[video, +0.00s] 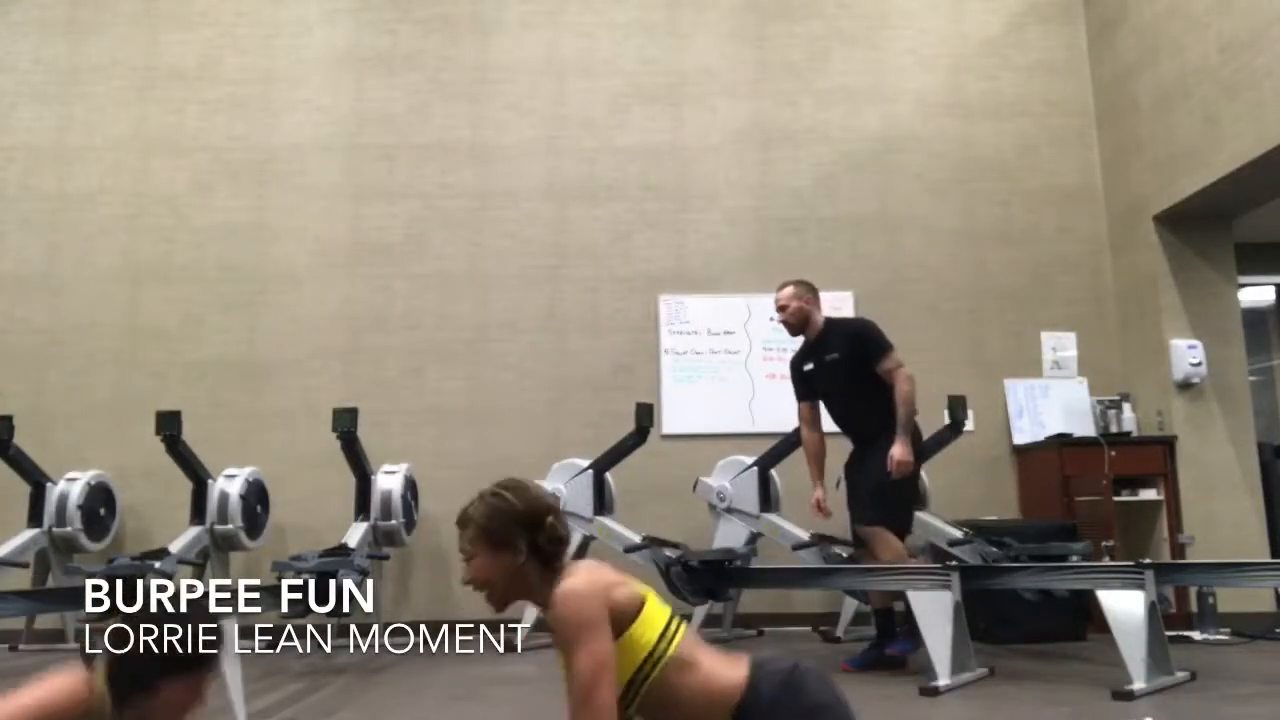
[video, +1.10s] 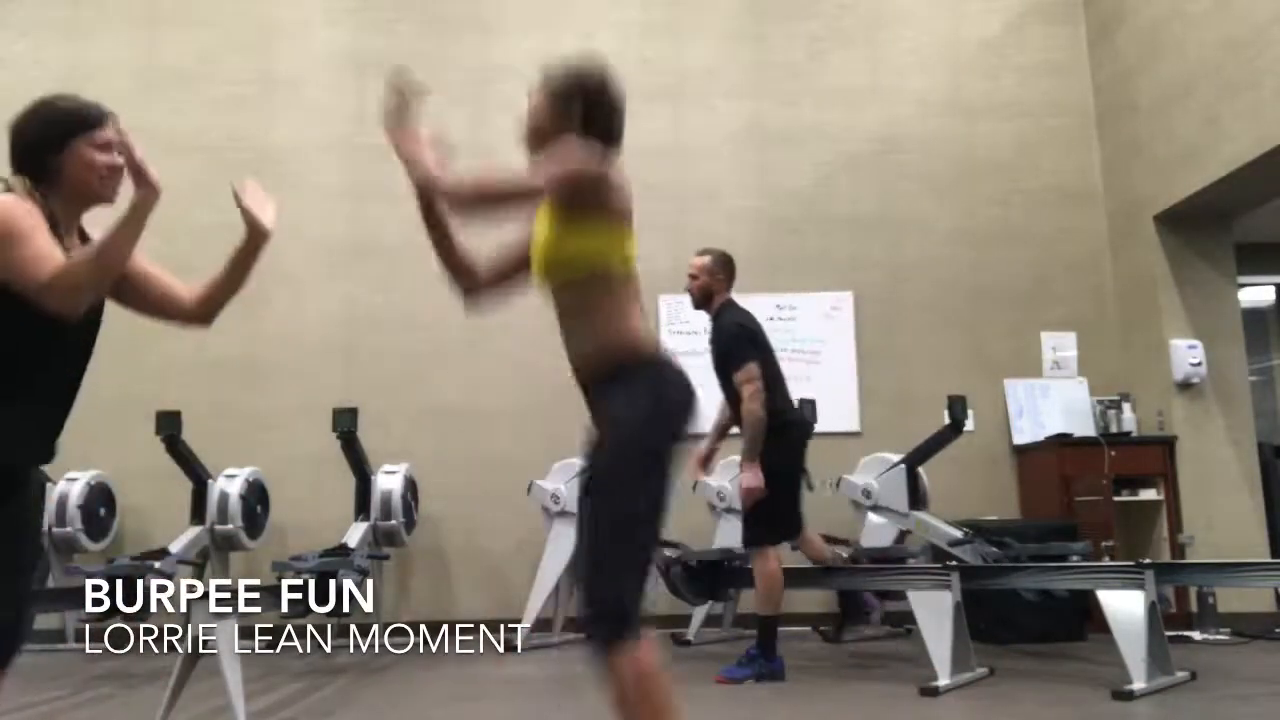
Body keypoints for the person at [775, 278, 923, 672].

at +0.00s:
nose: (780, 315)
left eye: (785, 306)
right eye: (777, 310)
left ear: (811, 302)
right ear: (787, 314)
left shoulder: (857, 332)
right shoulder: (801, 363)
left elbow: (902, 378)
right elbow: (810, 426)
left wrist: (903, 439)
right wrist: (817, 482)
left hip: (894, 438)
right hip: (863, 446)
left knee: (873, 527)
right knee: (865, 536)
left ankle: (925, 612)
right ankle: (885, 639)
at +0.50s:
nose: (788, 296)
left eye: (794, 289)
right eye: (788, 289)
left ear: (817, 292)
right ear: (808, 293)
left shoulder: (834, 328)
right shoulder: (820, 330)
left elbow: (854, 384)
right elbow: (835, 391)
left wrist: (836, 445)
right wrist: (827, 437)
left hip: (857, 445)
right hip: (848, 444)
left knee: (855, 541)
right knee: (853, 540)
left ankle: (886, 638)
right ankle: (884, 637)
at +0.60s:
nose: (782, 295)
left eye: (788, 288)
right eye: (783, 288)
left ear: (811, 291)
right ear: (808, 292)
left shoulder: (824, 327)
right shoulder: (820, 327)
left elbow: (839, 385)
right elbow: (832, 392)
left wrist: (815, 444)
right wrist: (810, 440)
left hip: (843, 450)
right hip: (848, 449)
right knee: (850, 547)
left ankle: (886, 638)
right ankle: (884, 638)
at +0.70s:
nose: (770, 297)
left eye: (775, 290)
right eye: (770, 290)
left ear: (798, 292)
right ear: (796, 293)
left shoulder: (811, 327)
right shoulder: (810, 327)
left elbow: (824, 387)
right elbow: (825, 393)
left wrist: (796, 445)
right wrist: (805, 444)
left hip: (833, 445)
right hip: (843, 443)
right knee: (849, 544)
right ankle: (884, 639)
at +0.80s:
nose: (750, 297)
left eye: (757, 290)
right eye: (751, 290)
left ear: (780, 294)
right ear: (777, 295)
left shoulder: (792, 331)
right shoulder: (791, 330)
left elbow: (808, 390)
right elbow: (810, 395)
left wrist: (783, 441)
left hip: (817, 449)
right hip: (833, 448)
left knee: (784, 544)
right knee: (847, 545)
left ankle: (769, 647)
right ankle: (884, 640)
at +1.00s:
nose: (704, 291)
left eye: (711, 284)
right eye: (705, 284)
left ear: (734, 288)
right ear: (728, 288)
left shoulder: (749, 329)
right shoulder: (740, 329)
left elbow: (774, 397)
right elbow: (751, 401)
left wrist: (758, 458)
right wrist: (743, 453)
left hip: (789, 444)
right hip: (796, 441)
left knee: (768, 545)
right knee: (820, 534)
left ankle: (765, 652)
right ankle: (869, 619)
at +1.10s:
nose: (687, 284)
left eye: (694, 277)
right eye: (689, 276)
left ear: (717, 281)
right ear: (714, 282)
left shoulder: (730, 325)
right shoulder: (727, 322)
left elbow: (754, 395)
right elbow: (734, 396)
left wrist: (750, 464)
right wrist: (712, 443)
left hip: (774, 437)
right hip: (780, 433)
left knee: (762, 547)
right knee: (795, 529)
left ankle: (766, 654)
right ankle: (853, 590)